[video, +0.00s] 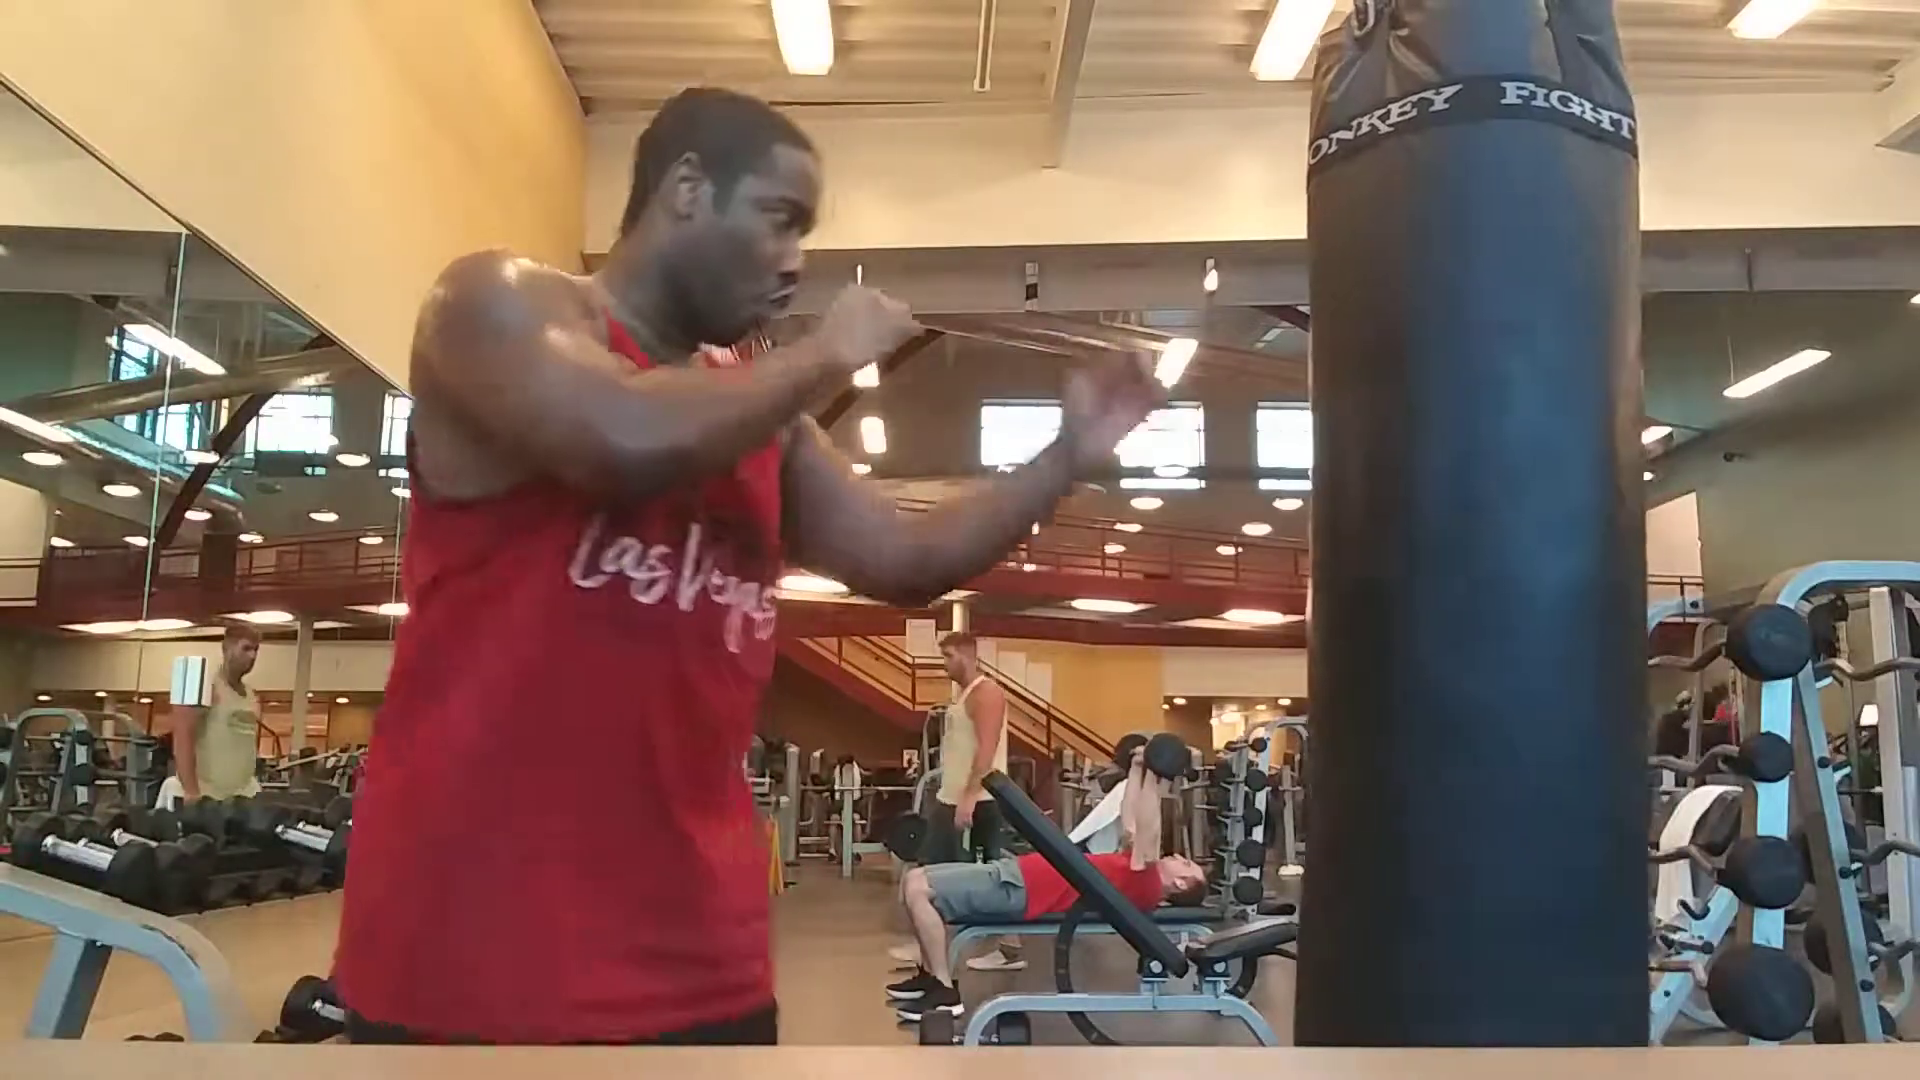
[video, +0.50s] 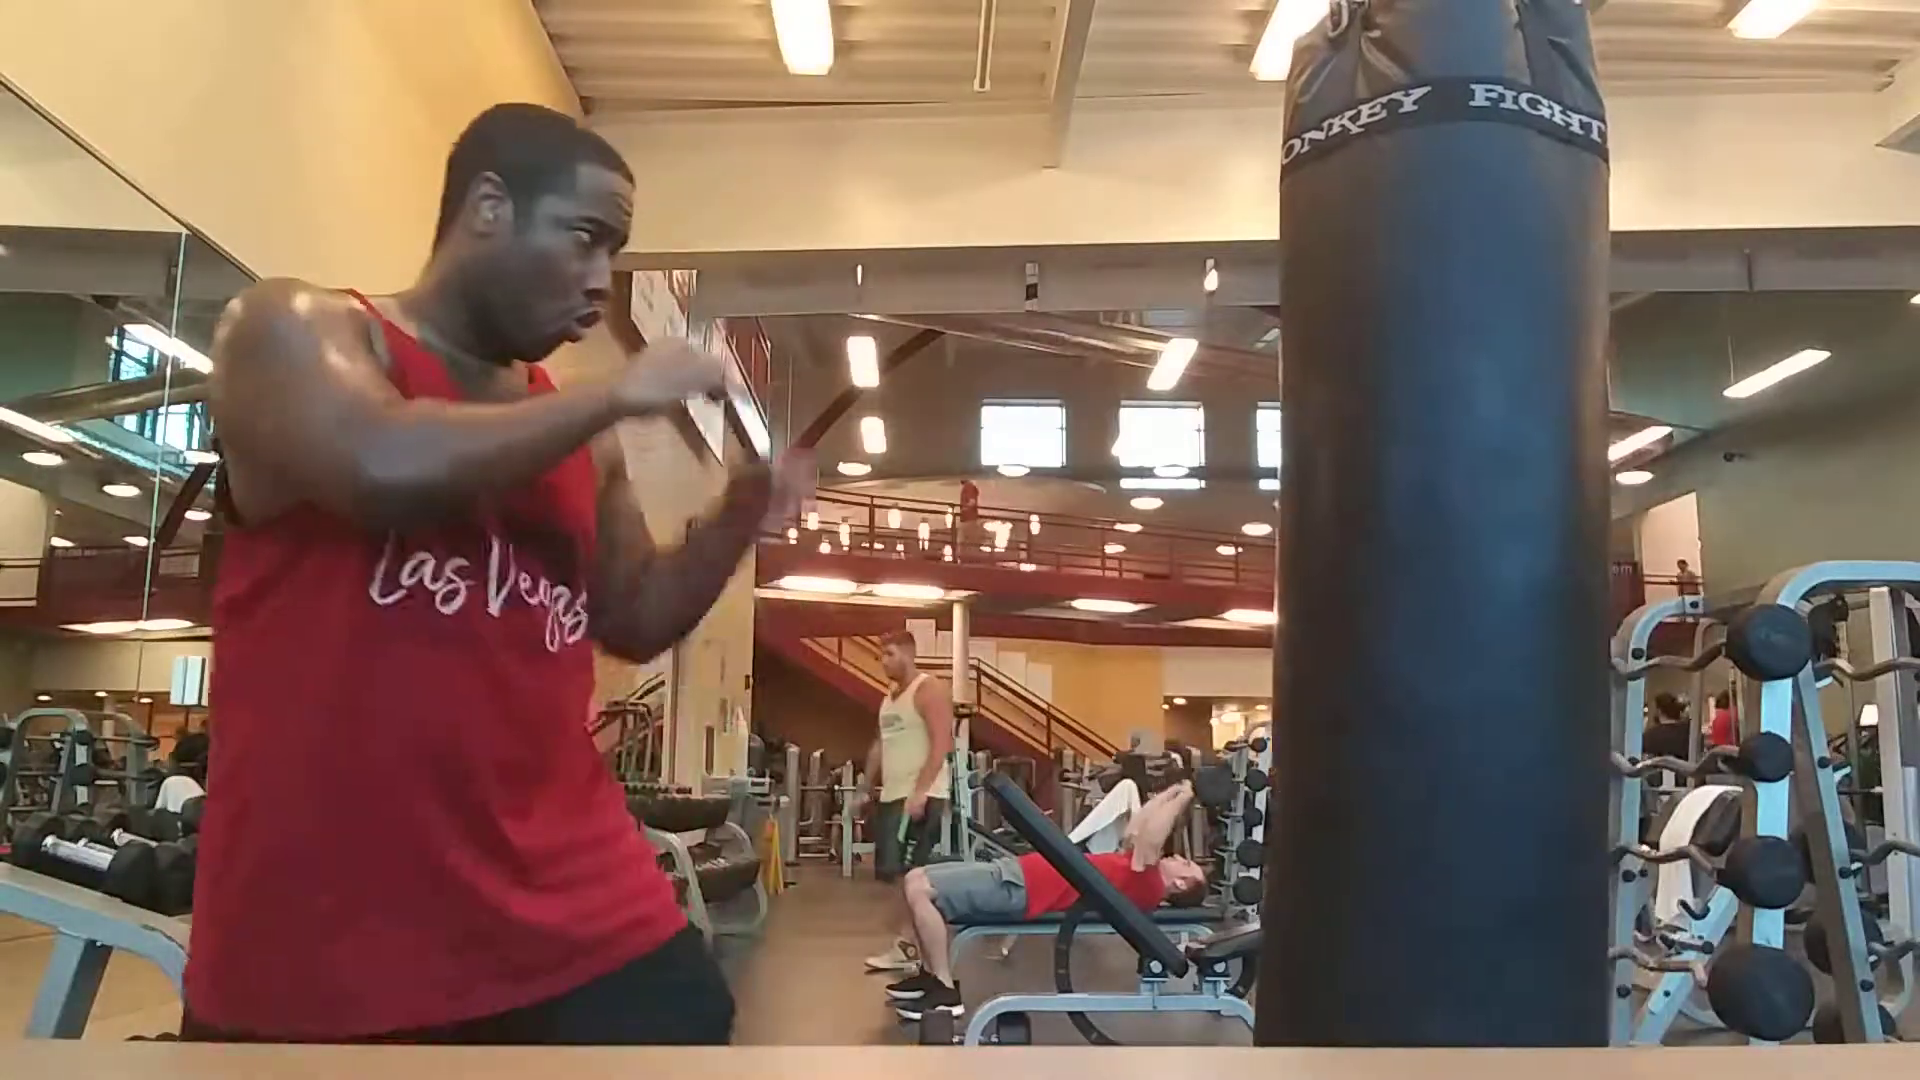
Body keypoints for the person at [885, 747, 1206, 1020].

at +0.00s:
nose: (1182, 861)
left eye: (1187, 869)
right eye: (1188, 862)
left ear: (1178, 885)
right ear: (1174, 868)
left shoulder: (1145, 886)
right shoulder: (1136, 867)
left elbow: (1151, 824)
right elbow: (1132, 822)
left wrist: (1153, 770)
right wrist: (1137, 764)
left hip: (1022, 887)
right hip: (1015, 871)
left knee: (920, 889)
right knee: (913, 879)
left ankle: (944, 989)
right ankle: (931, 977)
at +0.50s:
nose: (1184, 861)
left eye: (1189, 871)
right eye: (1190, 862)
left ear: (1179, 886)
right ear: (1175, 864)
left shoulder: (1147, 886)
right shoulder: (1136, 868)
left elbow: (1150, 832)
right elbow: (1138, 822)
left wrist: (1187, 791)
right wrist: (1175, 790)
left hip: (1022, 886)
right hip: (1015, 870)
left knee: (920, 887)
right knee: (916, 879)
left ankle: (943, 986)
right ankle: (929, 974)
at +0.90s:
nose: (1188, 864)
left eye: (1192, 872)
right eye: (1193, 864)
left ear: (1182, 886)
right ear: (1182, 864)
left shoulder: (1150, 887)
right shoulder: (1145, 872)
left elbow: (1153, 837)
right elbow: (1140, 836)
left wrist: (1207, 836)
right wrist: (1198, 836)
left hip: (1022, 885)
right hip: (1016, 870)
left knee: (921, 888)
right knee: (916, 879)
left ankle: (945, 989)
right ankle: (933, 980)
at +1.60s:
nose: (1184, 861)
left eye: (1188, 867)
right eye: (1190, 861)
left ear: (1179, 884)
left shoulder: (1149, 889)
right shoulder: (1144, 873)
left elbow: (1159, 841)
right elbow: (1142, 836)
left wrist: (1216, 842)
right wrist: (1203, 841)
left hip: (1023, 886)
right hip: (1018, 868)